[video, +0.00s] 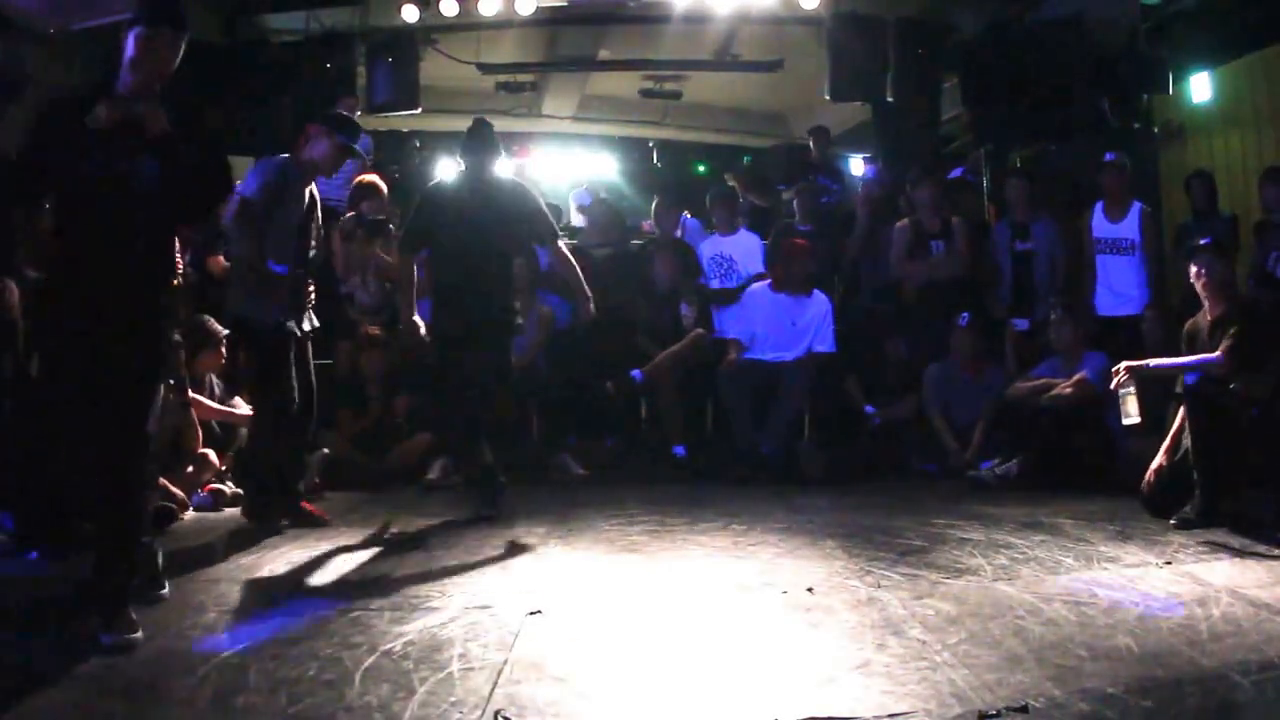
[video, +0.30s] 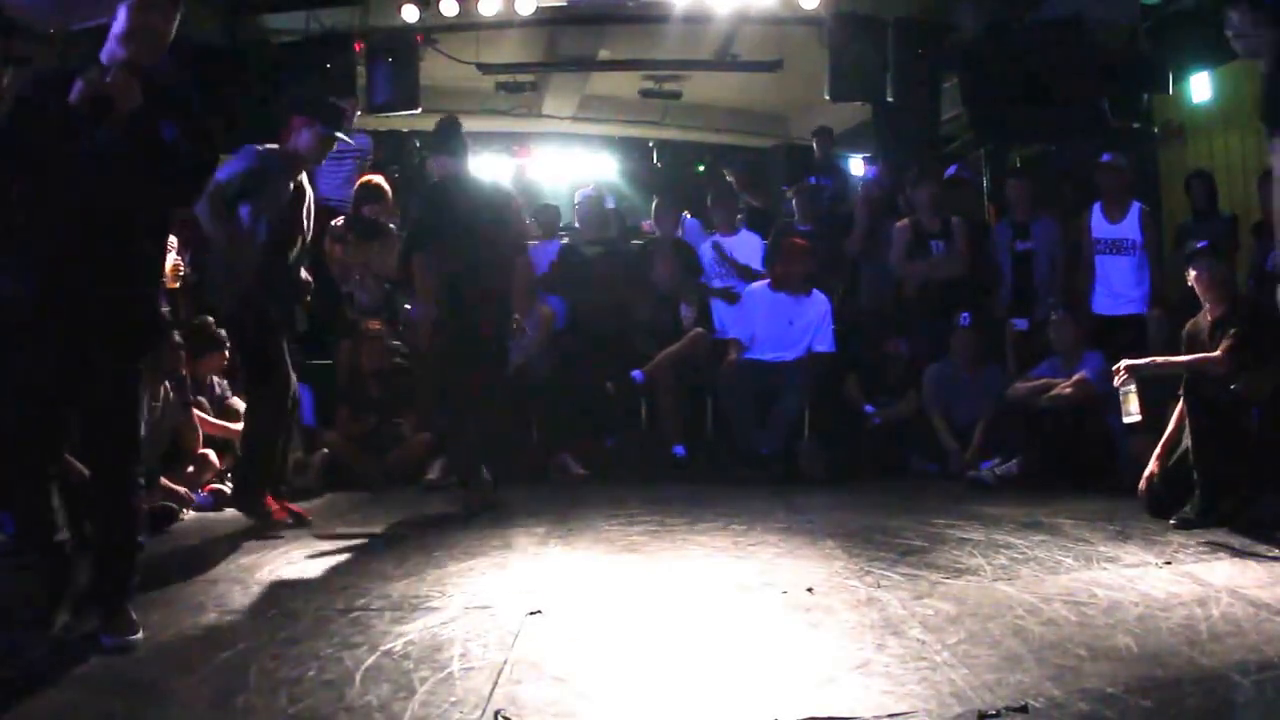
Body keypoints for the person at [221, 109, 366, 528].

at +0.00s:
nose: (340, 162)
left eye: (345, 155)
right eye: (337, 150)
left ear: (334, 153)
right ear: (311, 137)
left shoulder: (311, 195)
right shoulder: (272, 172)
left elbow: (308, 256)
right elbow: (237, 225)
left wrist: (307, 288)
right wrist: (265, 269)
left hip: (294, 315)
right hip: (263, 314)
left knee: (303, 404)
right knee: (278, 403)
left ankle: (289, 494)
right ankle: (261, 498)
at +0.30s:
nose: (327, 148)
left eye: (331, 141)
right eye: (322, 137)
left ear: (323, 141)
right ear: (297, 128)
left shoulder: (303, 186)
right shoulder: (256, 161)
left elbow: (293, 246)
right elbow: (210, 203)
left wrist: (299, 275)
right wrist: (234, 253)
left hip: (274, 299)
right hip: (245, 294)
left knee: (281, 388)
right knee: (274, 387)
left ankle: (270, 487)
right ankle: (254, 490)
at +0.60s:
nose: (298, 141)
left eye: (303, 134)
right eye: (294, 130)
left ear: (301, 136)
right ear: (267, 122)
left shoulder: (297, 180)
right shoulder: (227, 161)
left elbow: (298, 240)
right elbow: (178, 202)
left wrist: (305, 284)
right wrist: (207, 246)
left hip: (271, 305)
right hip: (223, 302)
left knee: (283, 399)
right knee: (229, 407)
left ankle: (255, 487)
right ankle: (234, 510)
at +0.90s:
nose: (282, 113)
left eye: (285, 104)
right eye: (273, 104)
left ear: (283, 109)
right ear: (243, 104)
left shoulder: (291, 164)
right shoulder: (204, 159)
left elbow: (294, 223)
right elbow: (168, 218)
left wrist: (294, 267)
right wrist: (196, 263)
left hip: (267, 305)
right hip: (211, 304)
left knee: (268, 408)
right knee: (216, 413)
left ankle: (257, 509)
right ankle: (226, 516)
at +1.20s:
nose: (297, 109)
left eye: (298, 100)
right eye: (287, 99)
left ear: (293, 107)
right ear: (253, 101)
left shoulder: (301, 170)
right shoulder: (206, 158)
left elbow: (310, 237)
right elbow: (170, 220)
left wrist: (292, 287)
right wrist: (186, 274)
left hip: (269, 314)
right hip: (208, 312)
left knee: (270, 426)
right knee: (210, 424)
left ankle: (268, 534)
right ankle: (230, 503)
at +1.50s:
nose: (288, 97)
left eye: (296, 89)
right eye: (281, 85)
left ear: (302, 95)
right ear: (260, 84)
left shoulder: (303, 159)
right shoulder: (216, 137)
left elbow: (301, 237)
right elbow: (162, 193)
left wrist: (301, 301)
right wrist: (189, 244)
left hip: (269, 308)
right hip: (208, 306)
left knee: (270, 428)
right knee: (210, 426)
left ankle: (269, 541)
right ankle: (216, 547)